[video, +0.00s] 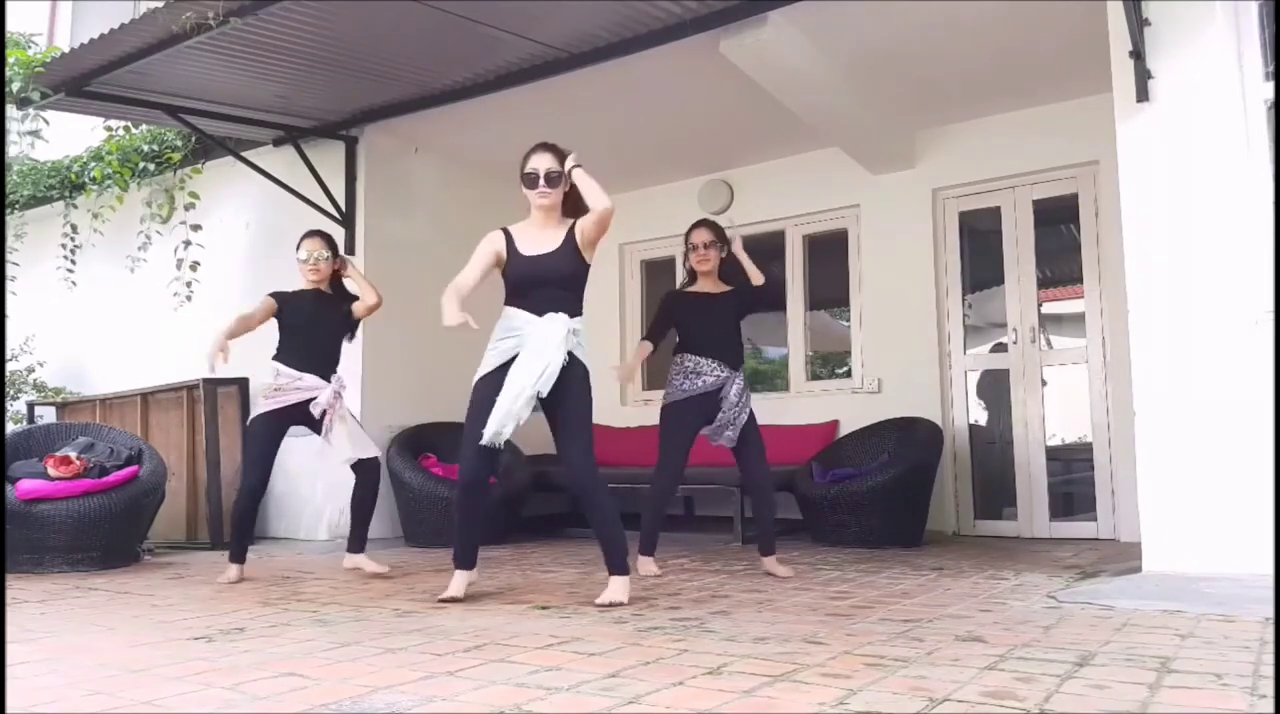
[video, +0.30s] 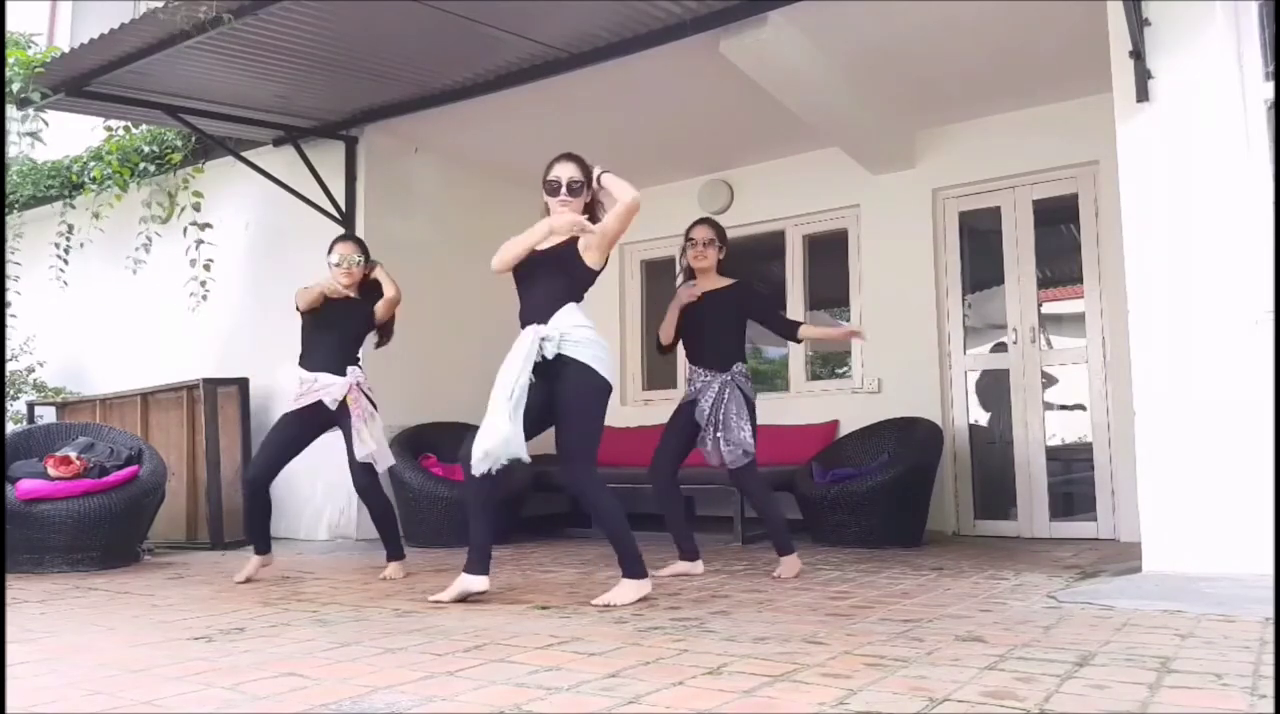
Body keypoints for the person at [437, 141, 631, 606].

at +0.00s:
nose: (543, 184)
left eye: (551, 177)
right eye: (533, 178)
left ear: (566, 183)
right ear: (522, 184)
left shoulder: (579, 235)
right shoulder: (502, 239)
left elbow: (602, 208)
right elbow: (461, 284)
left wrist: (574, 169)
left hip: (562, 356)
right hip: (508, 354)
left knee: (580, 469)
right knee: (473, 463)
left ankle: (619, 573)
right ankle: (464, 569)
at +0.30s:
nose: (563, 194)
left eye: (573, 187)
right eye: (555, 186)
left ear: (588, 194)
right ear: (543, 193)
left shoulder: (592, 241)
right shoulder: (530, 243)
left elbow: (630, 201)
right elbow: (499, 262)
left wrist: (601, 176)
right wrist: (550, 224)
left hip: (580, 362)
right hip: (536, 368)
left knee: (577, 471)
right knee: (480, 456)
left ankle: (636, 576)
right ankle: (476, 572)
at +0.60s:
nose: (537, 191)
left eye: (547, 185)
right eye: (528, 184)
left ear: (560, 194)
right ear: (516, 191)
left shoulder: (573, 241)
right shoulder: (500, 254)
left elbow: (565, 218)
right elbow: (491, 304)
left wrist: (574, 185)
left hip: (556, 363)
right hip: (505, 361)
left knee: (576, 469)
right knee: (474, 468)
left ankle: (621, 565)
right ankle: (467, 571)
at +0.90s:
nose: (531, 167)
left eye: (542, 161)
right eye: (523, 161)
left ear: (555, 173)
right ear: (510, 172)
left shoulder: (570, 226)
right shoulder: (486, 229)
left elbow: (608, 256)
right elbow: (436, 268)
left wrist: (625, 271)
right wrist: (412, 300)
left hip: (551, 351)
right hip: (498, 353)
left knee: (581, 464)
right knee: (477, 464)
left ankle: (616, 575)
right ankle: (482, 576)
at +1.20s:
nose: (539, 172)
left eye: (549, 166)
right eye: (530, 167)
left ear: (564, 176)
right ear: (519, 178)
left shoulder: (580, 223)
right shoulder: (500, 235)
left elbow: (598, 286)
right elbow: (476, 304)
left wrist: (602, 346)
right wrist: (478, 363)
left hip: (571, 352)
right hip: (516, 353)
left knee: (588, 467)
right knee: (494, 465)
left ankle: (616, 577)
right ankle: (483, 576)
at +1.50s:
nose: (534, 174)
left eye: (543, 166)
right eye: (523, 170)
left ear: (558, 175)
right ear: (513, 182)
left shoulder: (583, 232)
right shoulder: (501, 240)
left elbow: (610, 296)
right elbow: (477, 307)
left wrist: (615, 350)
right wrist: (476, 357)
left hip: (575, 355)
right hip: (516, 358)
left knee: (586, 471)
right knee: (497, 469)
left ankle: (615, 579)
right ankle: (484, 577)